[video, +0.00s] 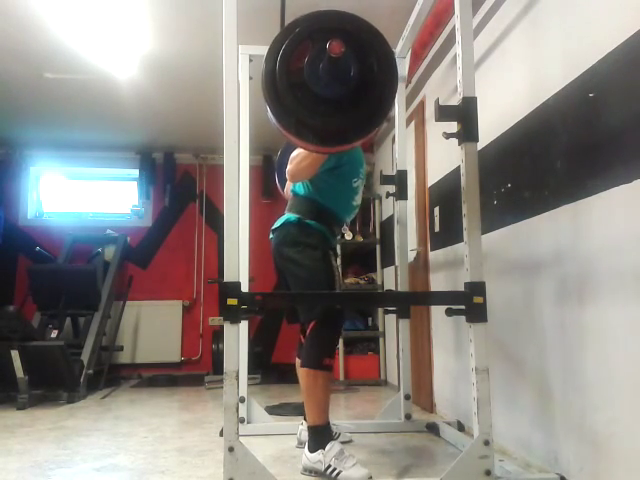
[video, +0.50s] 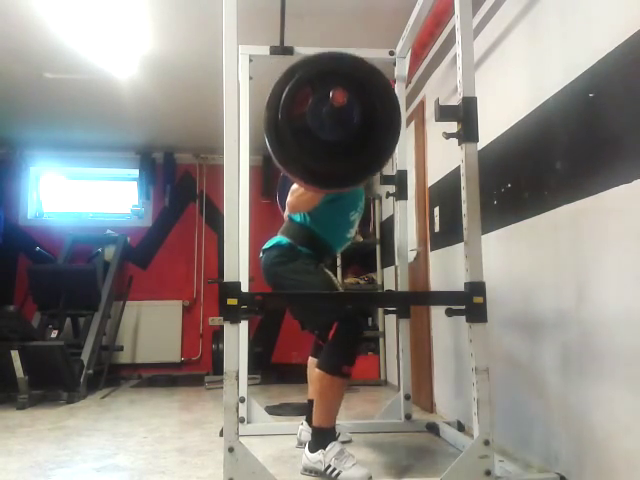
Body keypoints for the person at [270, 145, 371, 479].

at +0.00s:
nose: (373, 130)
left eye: (374, 124)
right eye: (369, 124)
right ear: (355, 119)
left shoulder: (348, 151)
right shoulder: (331, 139)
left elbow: (288, 186)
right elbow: (294, 173)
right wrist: (330, 136)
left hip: (313, 237)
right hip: (302, 235)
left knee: (318, 329)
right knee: (324, 326)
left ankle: (315, 429)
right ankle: (319, 445)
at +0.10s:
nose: (373, 135)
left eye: (374, 129)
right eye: (368, 128)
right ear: (354, 123)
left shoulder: (350, 155)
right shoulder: (329, 143)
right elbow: (293, 177)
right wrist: (329, 138)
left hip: (314, 239)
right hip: (298, 235)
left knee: (320, 331)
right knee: (327, 327)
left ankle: (314, 430)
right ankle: (320, 446)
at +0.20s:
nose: (373, 143)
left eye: (374, 137)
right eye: (369, 136)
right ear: (357, 133)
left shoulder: (350, 161)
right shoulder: (331, 149)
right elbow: (293, 181)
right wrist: (331, 145)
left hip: (310, 242)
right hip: (296, 238)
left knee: (323, 330)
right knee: (332, 326)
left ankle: (315, 429)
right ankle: (320, 446)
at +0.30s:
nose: (370, 148)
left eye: (369, 143)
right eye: (365, 142)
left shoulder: (349, 164)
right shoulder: (328, 151)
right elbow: (293, 187)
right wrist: (330, 153)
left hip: (306, 246)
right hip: (292, 244)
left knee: (325, 331)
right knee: (336, 327)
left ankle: (315, 427)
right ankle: (320, 446)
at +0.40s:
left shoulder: (352, 160)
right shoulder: (328, 152)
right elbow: (293, 195)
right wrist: (331, 162)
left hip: (307, 251)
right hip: (291, 248)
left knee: (328, 332)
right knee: (342, 327)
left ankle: (314, 424)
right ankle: (320, 445)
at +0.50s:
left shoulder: (352, 168)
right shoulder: (327, 161)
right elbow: (293, 203)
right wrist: (331, 174)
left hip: (306, 254)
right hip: (288, 249)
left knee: (330, 329)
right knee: (346, 325)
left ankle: (314, 422)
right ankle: (321, 444)